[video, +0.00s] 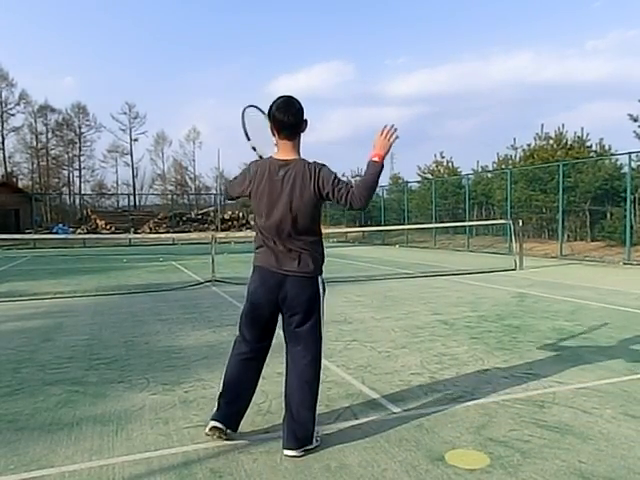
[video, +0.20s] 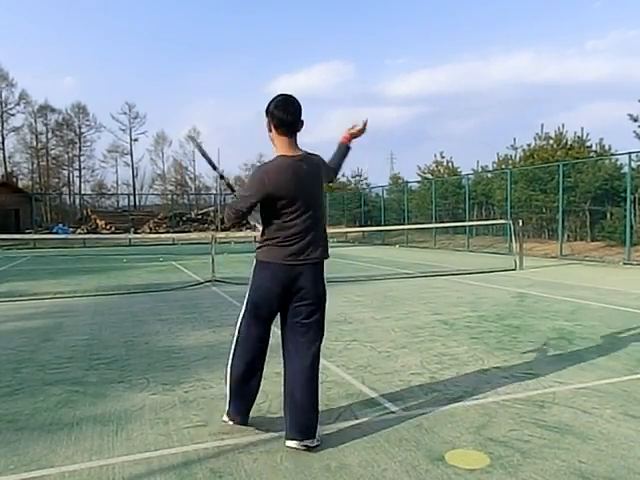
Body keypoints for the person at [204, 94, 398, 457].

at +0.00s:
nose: (279, 130)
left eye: (273, 125)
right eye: (301, 123)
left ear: (272, 129)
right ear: (304, 128)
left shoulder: (257, 172)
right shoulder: (315, 174)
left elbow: (230, 191)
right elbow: (357, 199)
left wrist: (255, 171)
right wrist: (377, 158)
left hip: (263, 277)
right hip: (302, 280)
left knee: (249, 345)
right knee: (302, 356)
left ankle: (224, 420)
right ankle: (297, 440)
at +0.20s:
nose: (268, 128)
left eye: (267, 123)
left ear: (270, 126)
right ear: (301, 126)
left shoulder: (267, 174)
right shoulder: (316, 165)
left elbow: (233, 217)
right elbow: (331, 171)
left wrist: (236, 217)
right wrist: (346, 141)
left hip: (271, 269)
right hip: (310, 270)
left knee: (251, 337)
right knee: (304, 348)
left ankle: (237, 412)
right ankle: (301, 433)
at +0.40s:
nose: (261, 128)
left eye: (263, 122)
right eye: (265, 122)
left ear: (266, 126)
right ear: (294, 130)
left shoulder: (277, 167)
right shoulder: (296, 163)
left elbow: (284, 211)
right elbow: (257, 178)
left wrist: (254, 224)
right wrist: (225, 189)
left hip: (274, 266)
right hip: (307, 264)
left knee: (261, 334)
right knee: (304, 338)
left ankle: (264, 408)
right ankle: (305, 422)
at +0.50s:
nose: (254, 139)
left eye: (255, 133)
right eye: (256, 133)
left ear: (259, 136)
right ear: (286, 140)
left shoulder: (275, 171)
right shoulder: (275, 173)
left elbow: (298, 209)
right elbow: (256, 210)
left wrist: (263, 228)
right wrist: (234, 220)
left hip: (274, 273)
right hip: (303, 271)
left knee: (263, 344)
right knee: (304, 344)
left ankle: (272, 415)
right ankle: (316, 419)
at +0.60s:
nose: (246, 146)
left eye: (247, 141)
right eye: (248, 141)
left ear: (252, 142)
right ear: (277, 146)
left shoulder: (271, 180)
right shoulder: (272, 183)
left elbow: (303, 207)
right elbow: (270, 229)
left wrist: (270, 230)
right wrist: (236, 234)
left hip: (271, 276)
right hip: (299, 274)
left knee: (260, 346)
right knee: (296, 345)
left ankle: (270, 413)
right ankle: (327, 407)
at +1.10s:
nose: (263, 142)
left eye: (263, 137)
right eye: (268, 137)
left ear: (267, 139)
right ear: (294, 141)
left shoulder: (261, 171)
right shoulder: (310, 179)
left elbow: (241, 203)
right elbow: (321, 225)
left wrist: (228, 229)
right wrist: (295, 239)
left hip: (274, 269)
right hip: (310, 269)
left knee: (264, 342)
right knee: (308, 341)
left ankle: (267, 416)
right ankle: (309, 418)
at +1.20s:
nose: (270, 141)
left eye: (269, 136)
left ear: (270, 138)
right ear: (299, 139)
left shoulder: (260, 172)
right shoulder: (315, 177)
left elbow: (231, 199)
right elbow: (332, 219)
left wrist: (221, 235)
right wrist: (313, 243)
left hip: (271, 268)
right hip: (309, 269)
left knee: (264, 340)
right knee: (309, 342)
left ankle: (261, 417)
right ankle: (309, 419)